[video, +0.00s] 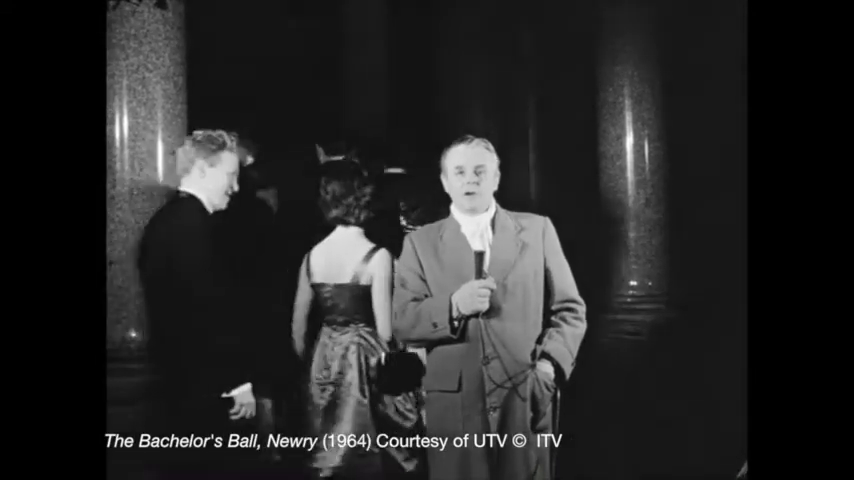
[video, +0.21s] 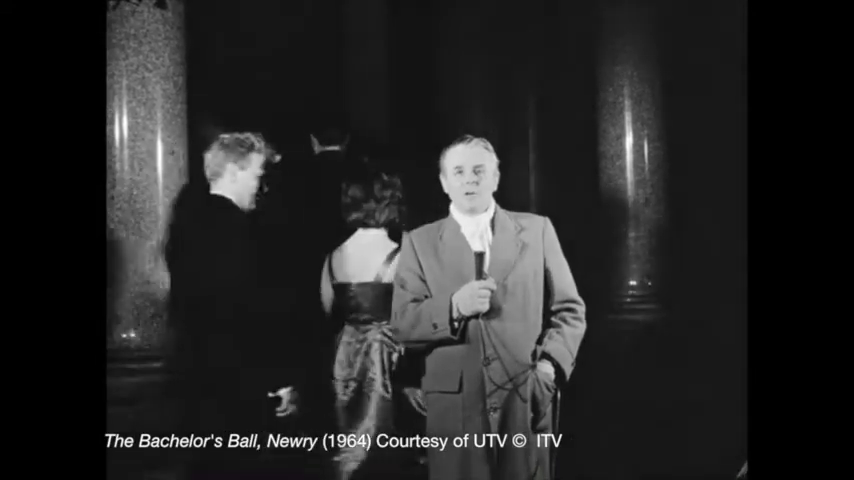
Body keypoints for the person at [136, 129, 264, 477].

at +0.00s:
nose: (235, 186)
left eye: (236, 177)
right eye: (230, 174)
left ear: (201, 170)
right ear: (203, 169)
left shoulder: (169, 220)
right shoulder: (191, 224)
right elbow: (207, 308)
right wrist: (236, 379)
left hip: (180, 370)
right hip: (200, 377)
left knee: (189, 465)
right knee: (208, 467)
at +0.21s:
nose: (261, 187)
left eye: (262, 177)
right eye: (257, 176)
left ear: (223, 173)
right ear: (232, 173)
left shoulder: (196, 217)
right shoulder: (228, 225)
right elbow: (245, 310)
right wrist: (278, 377)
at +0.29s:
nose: (276, 187)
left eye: (276, 178)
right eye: (271, 177)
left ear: (240, 175)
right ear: (247, 175)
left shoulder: (213, 221)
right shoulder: (249, 229)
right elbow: (272, 309)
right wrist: (299, 379)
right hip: (253, 376)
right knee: (262, 467)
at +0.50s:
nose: (318, 176)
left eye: (317, 167)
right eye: (317, 168)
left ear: (264, 174)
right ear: (310, 173)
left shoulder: (231, 224)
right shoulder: (325, 228)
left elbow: (213, 309)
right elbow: (348, 308)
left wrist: (236, 365)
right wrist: (351, 374)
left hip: (256, 369)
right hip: (314, 372)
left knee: (263, 462)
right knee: (321, 465)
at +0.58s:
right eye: (323, 168)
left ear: (277, 175)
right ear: (319, 171)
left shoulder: (243, 215)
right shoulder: (334, 223)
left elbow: (223, 293)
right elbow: (351, 303)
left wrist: (231, 359)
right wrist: (360, 366)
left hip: (261, 357)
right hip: (322, 357)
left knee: (283, 453)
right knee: (331, 453)